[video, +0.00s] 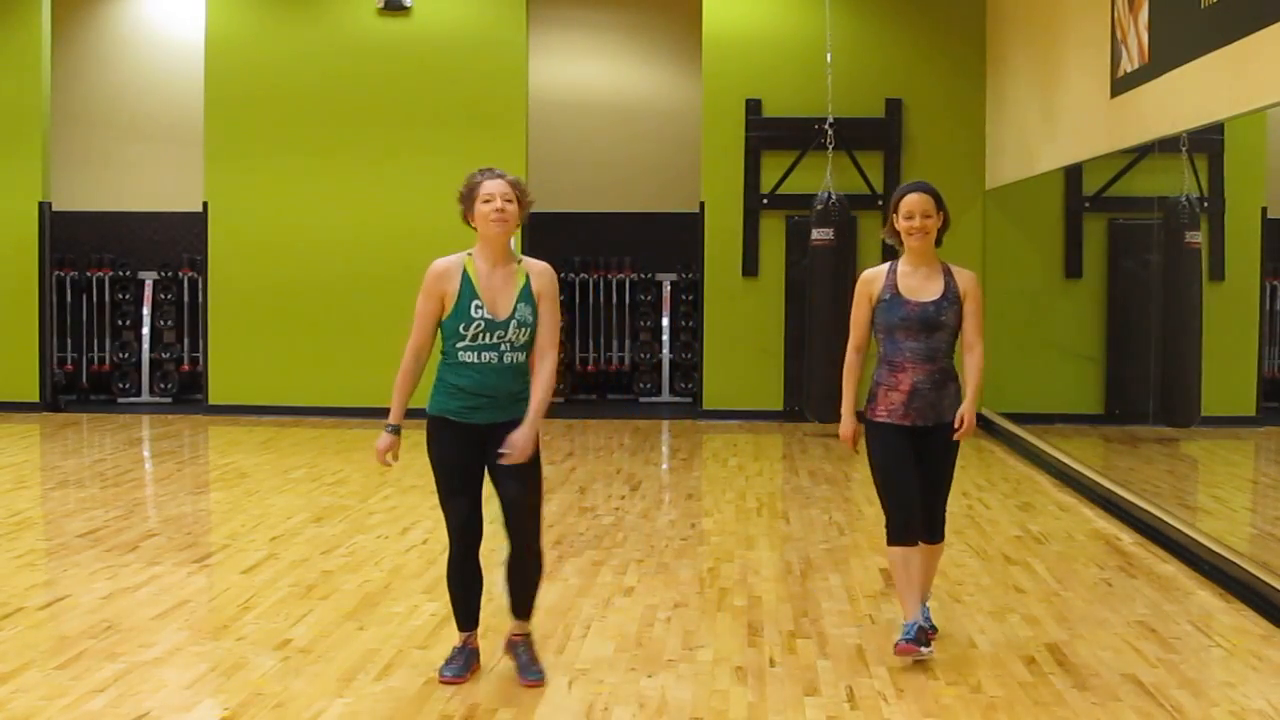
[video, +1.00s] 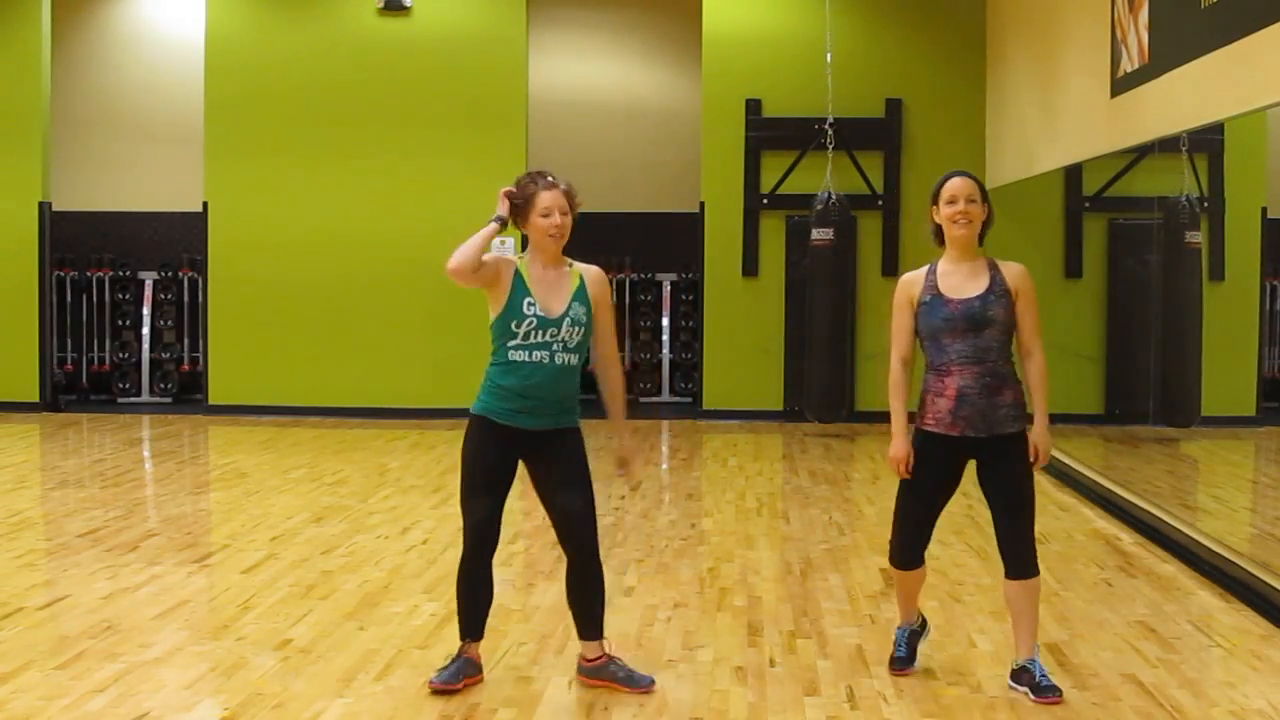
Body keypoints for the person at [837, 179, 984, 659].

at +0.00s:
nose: (918, 223)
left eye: (926, 215)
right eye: (909, 216)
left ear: (941, 221)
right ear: (895, 223)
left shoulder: (963, 282)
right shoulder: (873, 280)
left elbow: (972, 347)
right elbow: (855, 349)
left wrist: (970, 400)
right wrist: (847, 411)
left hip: (941, 415)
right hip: (886, 414)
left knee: (932, 515)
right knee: (903, 515)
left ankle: (921, 604)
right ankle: (911, 620)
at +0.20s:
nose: (922, 224)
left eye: (931, 215)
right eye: (912, 215)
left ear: (944, 223)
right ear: (896, 222)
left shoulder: (965, 281)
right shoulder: (873, 283)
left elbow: (980, 351)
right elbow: (855, 355)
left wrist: (979, 409)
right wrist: (844, 417)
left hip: (943, 421)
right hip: (884, 420)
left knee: (942, 537)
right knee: (897, 530)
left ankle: (924, 592)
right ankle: (913, 635)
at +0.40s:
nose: (926, 218)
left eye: (935, 210)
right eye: (917, 209)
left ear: (947, 217)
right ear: (899, 214)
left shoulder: (966, 278)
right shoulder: (873, 277)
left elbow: (981, 351)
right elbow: (854, 350)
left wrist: (987, 415)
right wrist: (852, 415)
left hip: (946, 420)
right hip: (887, 422)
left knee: (965, 528)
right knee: (900, 532)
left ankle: (954, 608)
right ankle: (913, 635)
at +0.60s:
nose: (931, 214)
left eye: (941, 206)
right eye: (922, 204)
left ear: (954, 214)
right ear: (906, 211)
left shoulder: (970, 279)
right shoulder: (875, 274)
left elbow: (980, 354)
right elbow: (857, 346)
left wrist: (989, 419)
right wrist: (872, 405)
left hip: (958, 423)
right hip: (897, 425)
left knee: (980, 533)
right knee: (906, 535)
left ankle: (1000, 647)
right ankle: (915, 637)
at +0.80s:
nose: (946, 213)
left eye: (956, 205)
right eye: (937, 204)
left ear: (969, 215)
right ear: (919, 212)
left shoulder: (987, 281)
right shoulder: (889, 279)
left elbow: (999, 356)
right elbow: (875, 353)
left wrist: (1010, 423)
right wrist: (885, 417)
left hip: (979, 426)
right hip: (915, 427)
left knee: (1002, 539)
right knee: (914, 537)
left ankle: (1026, 654)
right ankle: (917, 637)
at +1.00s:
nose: (961, 209)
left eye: (970, 200)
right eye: (951, 201)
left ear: (986, 212)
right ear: (935, 215)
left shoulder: (1012, 276)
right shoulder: (913, 284)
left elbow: (1032, 352)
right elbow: (900, 361)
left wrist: (1040, 421)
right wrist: (899, 430)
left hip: (1004, 432)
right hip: (936, 432)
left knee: (1020, 548)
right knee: (906, 542)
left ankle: (1027, 661)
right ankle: (909, 623)